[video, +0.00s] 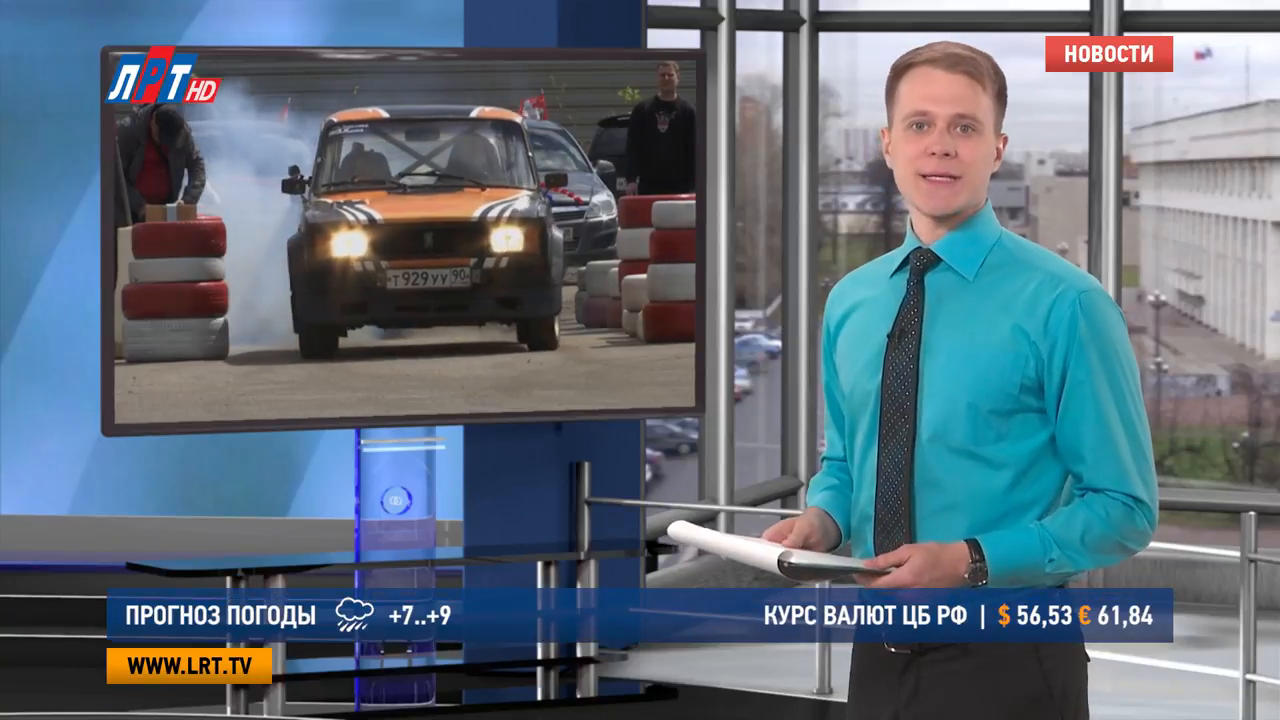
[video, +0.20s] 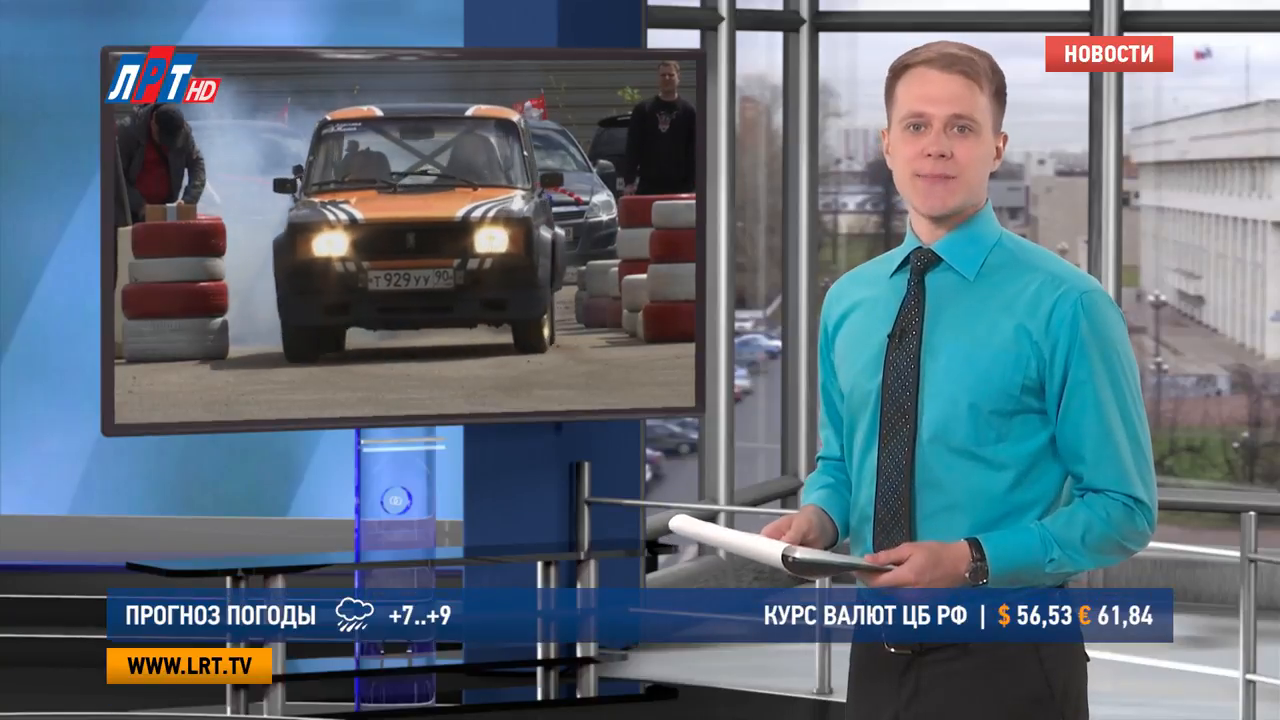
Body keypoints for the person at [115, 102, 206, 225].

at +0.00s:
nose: (163, 143)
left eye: (168, 140)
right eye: (161, 137)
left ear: (179, 130)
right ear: (153, 124)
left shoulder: (182, 132)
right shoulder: (127, 130)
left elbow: (196, 165)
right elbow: (115, 173)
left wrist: (188, 202)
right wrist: (139, 206)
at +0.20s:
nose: (163, 143)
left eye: (168, 139)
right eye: (161, 137)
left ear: (179, 129)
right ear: (153, 124)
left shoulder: (182, 132)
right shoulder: (127, 130)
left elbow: (197, 165)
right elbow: (115, 173)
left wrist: (188, 202)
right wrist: (139, 206)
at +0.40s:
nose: (163, 142)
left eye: (168, 139)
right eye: (161, 136)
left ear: (180, 129)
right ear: (154, 124)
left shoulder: (183, 131)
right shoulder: (127, 129)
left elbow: (198, 164)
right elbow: (115, 173)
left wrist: (188, 201)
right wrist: (140, 205)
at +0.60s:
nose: (164, 141)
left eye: (169, 139)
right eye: (162, 136)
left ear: (181, 128)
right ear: (154, 123)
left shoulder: (184, 131)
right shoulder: (128, 129)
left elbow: (198, 164)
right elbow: (116, 174)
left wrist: (189, 201)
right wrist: (141, 206)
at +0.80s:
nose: (165, 142)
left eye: (170, 139)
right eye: (162, 137)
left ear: (181, 129)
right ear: (155, 123)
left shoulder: (185, 132)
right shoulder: (129, 129)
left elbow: (199, 165)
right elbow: (117, 174)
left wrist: (189, 202)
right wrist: (141, 206)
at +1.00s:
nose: (163, 143)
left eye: (169, 139)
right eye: (161, 137)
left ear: (180, 130)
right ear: (154, 124)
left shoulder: (183, 133)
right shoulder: (128, 130)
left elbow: (197, 165)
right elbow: (115, 173)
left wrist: (189, 202)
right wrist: (139, 206)